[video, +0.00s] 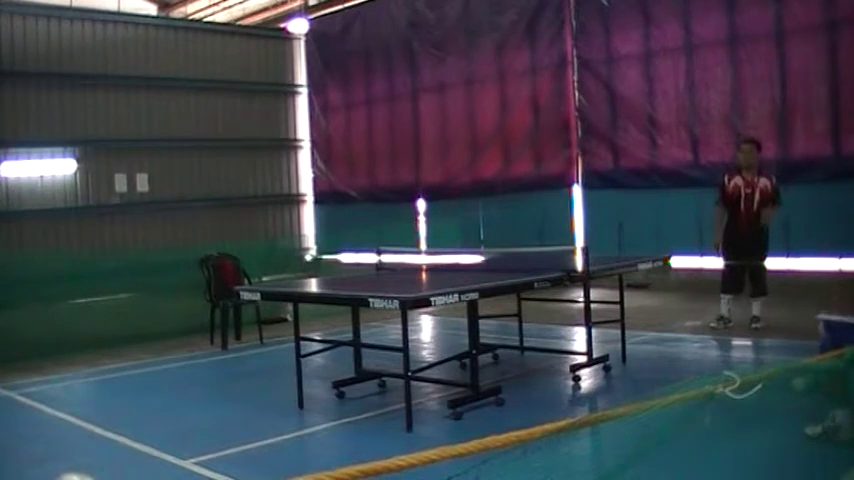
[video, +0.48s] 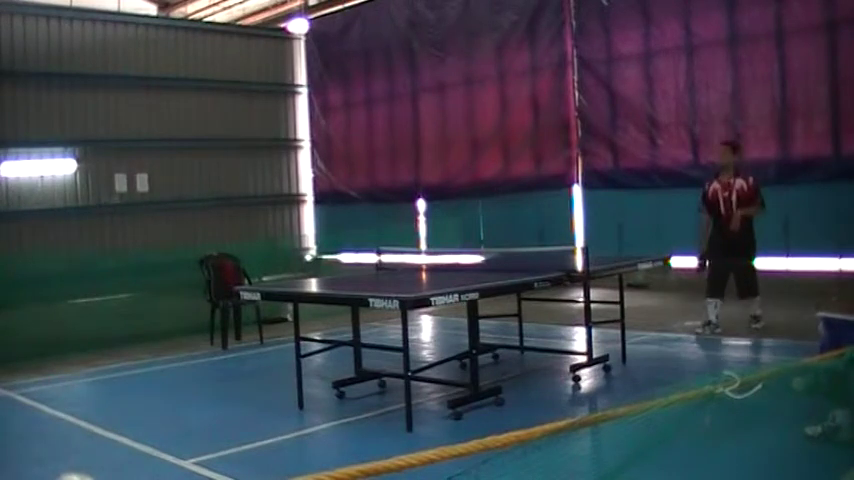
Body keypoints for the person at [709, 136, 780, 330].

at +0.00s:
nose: (746, 157)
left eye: (750, 152)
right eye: (743, 152)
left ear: (757, 156)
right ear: (738, 156)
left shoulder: (767, 182)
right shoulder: (729, 181)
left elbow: (773, 207)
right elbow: (721, 210)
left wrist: (766, 216)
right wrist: (718, 237)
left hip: (757, 234)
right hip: (733, 233)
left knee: (756, 272)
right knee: (730, 271)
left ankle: (756, 315)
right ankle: (724, 314)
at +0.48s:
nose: (722, 158)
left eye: (726, 154)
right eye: (721, 154)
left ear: (736, 157)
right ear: (719, 157)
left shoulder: (748, 183)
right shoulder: (711, 186)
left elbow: (757, 208)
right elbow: (707, 220)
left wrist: (740, 212)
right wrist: (703, 251)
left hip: (742, 242)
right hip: (719, 243)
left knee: (748, 281)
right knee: (714, 282)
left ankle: (755, 314)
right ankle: (712, 320)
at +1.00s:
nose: (686, 158)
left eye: (690, 154)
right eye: (684, 154)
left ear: (700, 156)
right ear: (683, 157)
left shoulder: (715, 180)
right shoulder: (682, 186)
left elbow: (727, 205)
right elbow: (679, 219)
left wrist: (709, 210)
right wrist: (673, 246)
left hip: (713, 233)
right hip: (693, 235)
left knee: (708, 272)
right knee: (698, 273)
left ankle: (709, 321)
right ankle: (709, 319)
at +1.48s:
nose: (674, 155)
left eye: (679, 151)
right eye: (674, 151)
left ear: (689, 155)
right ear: (673, 154)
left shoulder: (699, 182)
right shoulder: (668, 184)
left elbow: (708, 210)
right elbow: (661, 214)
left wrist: (684, 210)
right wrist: (657, 241)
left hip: (692, 242)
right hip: (672, 242)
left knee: (689, 285)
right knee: (679, 285)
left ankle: (690, 330)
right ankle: (685, 328)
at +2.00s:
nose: (629, 163)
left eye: (633, 159)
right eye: (630, 159)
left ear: (643, 161)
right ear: (639, 162)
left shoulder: (653, 181)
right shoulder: (641, 184)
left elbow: (644, 198)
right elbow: (644, 222)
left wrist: (630, 181)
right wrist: (641, 245)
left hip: (660, 244)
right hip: (644, 245)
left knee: (671, 286)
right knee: (637, 284)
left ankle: (686, 327)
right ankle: (637, 323)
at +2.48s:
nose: (610, 164)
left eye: (613, 160)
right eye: (610, 160)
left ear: (624, 162)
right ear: (617, 163)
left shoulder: (634, 185)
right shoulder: (619, 183)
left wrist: (652, 247)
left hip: (648, 240)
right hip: (633, 241)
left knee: (662, 281)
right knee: (633, 282)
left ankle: (677, 320)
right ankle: (637, 322)